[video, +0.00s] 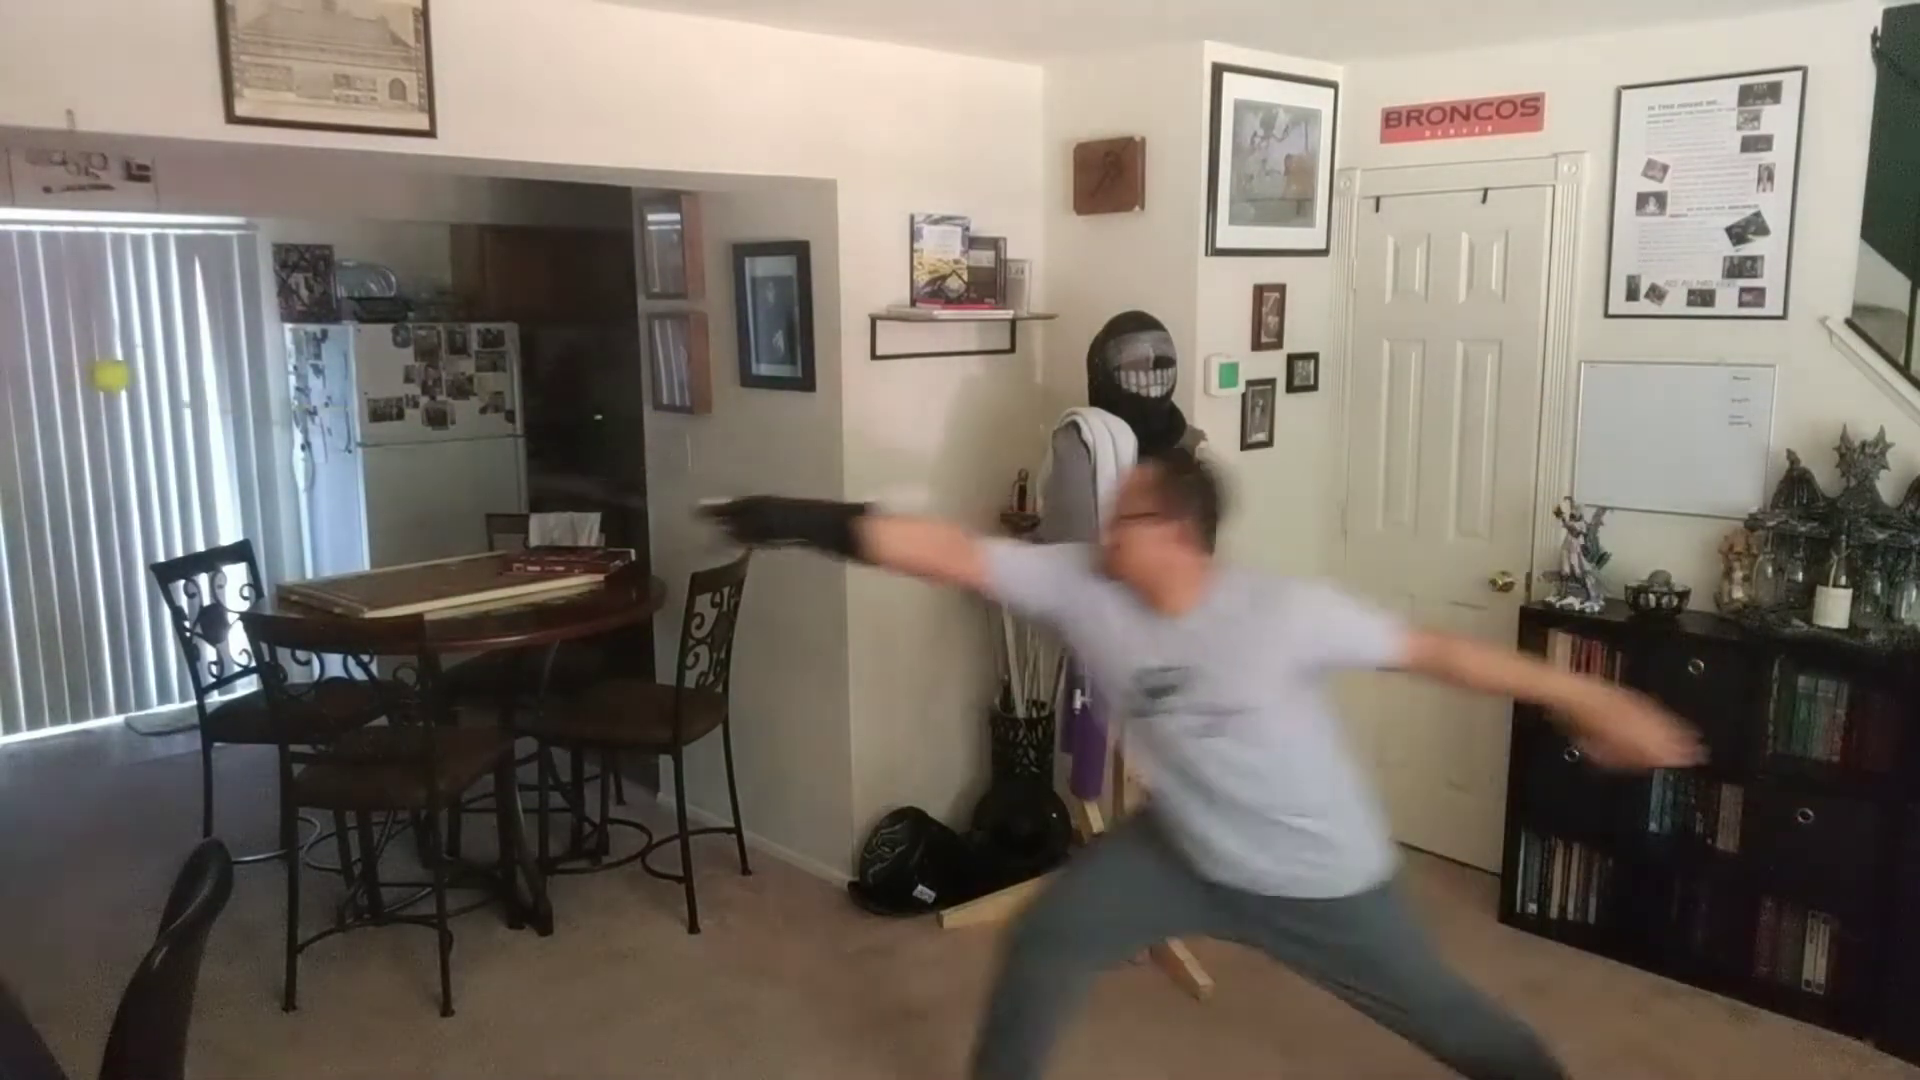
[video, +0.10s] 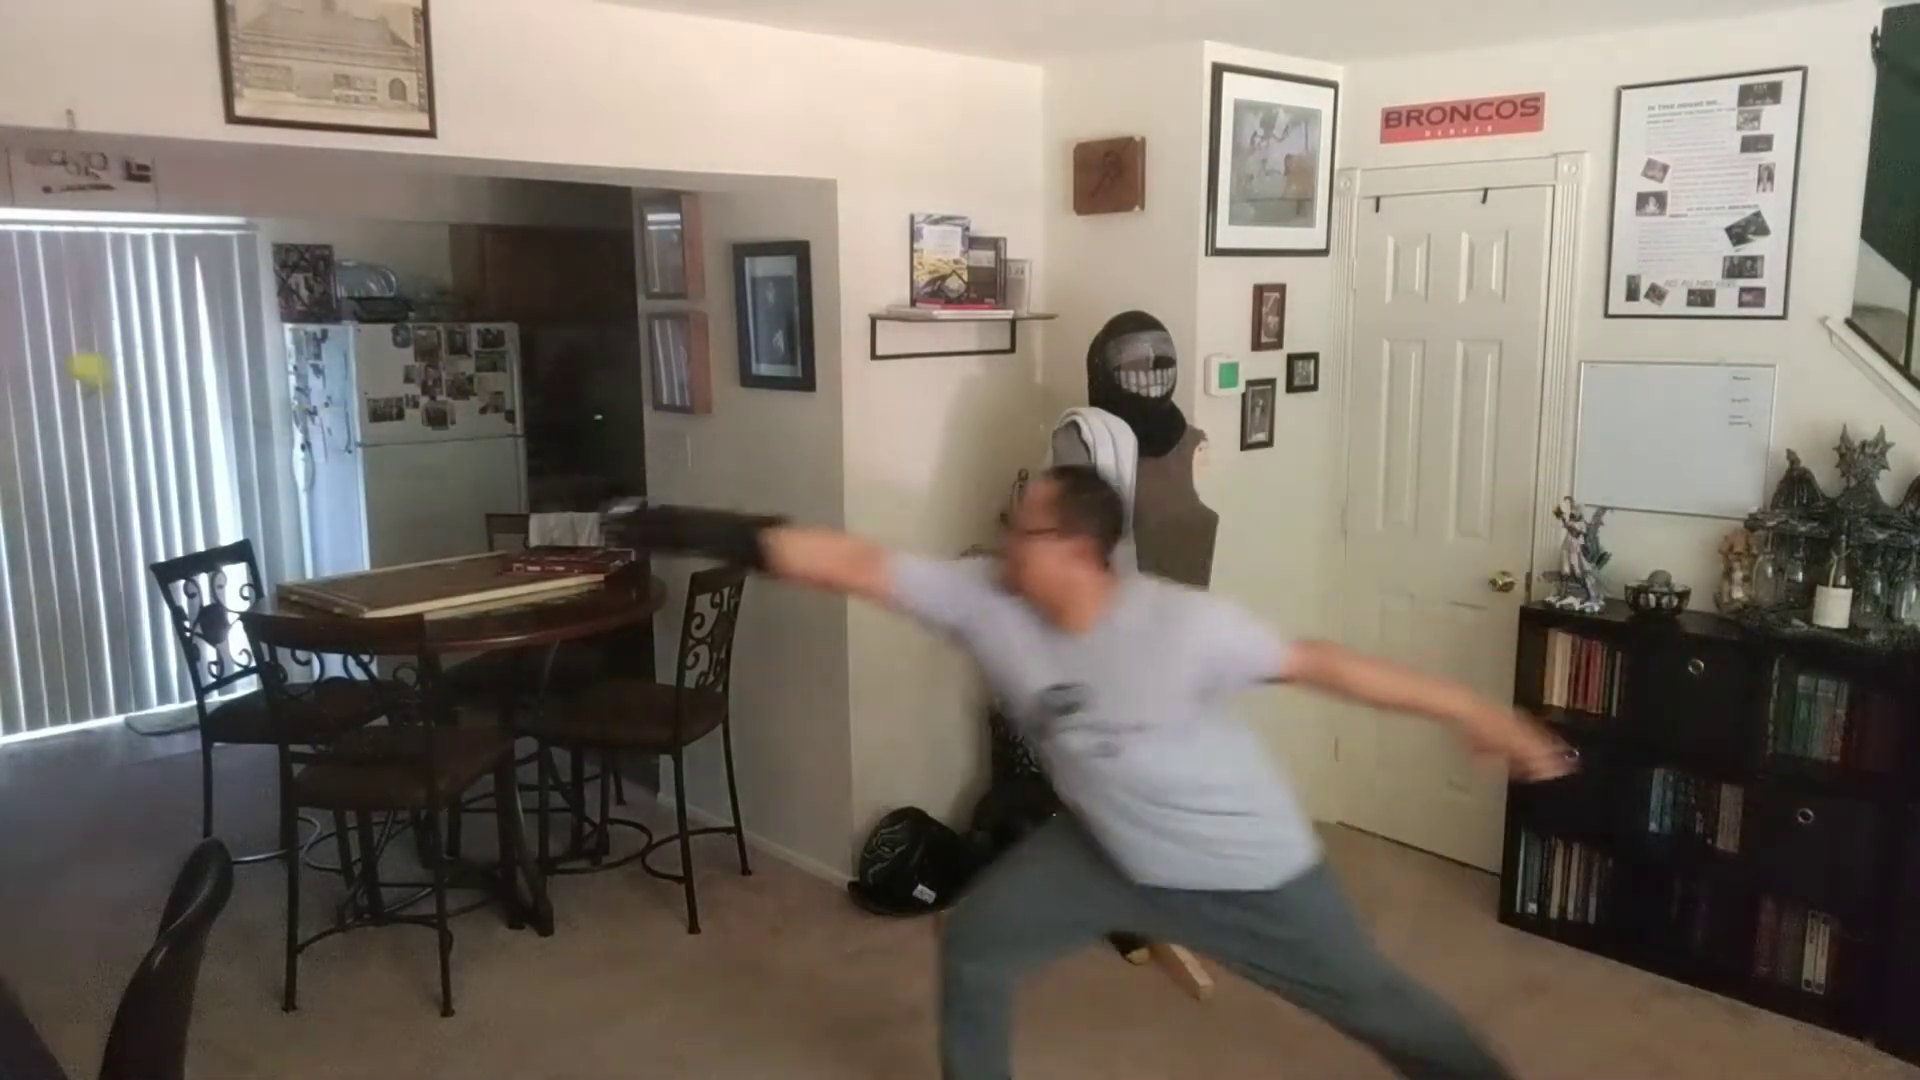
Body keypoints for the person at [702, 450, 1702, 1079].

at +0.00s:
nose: (1113, 530)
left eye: (1134, 517)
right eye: (1114, 515)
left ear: (1188, 531)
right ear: (1125, 529)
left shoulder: (1282, 614)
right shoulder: (1090, 592)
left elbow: (1438, 655)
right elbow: (949, 554)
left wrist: (1583, 699)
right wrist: (817, 525)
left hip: (1327, 886)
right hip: (1181, 857)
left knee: (1463, 1027)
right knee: (1050, 935)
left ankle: (1542, 1070)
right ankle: (999, 1075)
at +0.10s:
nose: (1008, 539)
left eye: (1029, 528)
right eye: (1013, 522)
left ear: (1086, 546)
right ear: (1031, 537)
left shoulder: (1184, 627)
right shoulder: (989, 602)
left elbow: (1329, 669)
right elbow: (853, 566)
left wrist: (1477, 715)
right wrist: (710, 533)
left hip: (1251, 869)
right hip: (1101, 854)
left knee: (1375, 1006)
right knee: (974, 945)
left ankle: (1478, 1068)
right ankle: (974, 1074)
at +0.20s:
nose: (939, 556)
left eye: (958, 544)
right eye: (944, 540)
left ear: (1014, 561)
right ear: (970, 555)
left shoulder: (1115, 628)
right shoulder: (927, 614)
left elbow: (1257, 674)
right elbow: (792, 579)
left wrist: (1402, 726)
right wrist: (668, 551)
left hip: (1201, 861)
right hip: (1058, 851)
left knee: (1340, 1003)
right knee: (938, 938)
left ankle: (1439, 1070)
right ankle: (971, 1076)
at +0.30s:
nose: (895, 553)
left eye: (913, 542)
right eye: (901, 538)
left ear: (967, 561)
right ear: (935, 553)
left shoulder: (1073, 623)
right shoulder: (891, 611)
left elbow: (1221, 668)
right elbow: (764, 586)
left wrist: (1364, 719)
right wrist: (682, 571)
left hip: (1175, 848)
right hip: (1035, 840)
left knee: (1305, 984)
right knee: (920, 937)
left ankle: (1422, 1072)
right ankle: (966, 1076)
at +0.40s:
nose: (875, 553)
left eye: (892, 540)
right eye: (880, 538)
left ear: (945, 554)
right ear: (919, 551)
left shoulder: (1054, 615)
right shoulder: (879, 610)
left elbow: (1202, 656)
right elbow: (742, 588)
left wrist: (1338, 710)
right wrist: (618, 566)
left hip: (1165, 839)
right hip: (1027, 835)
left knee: (1298, 976)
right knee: (916, 934)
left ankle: (1421, 1071)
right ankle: (967, 1078)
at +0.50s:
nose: (878, 546)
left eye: (895, 532)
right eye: (883, 530)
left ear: (949, 544)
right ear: (922, 542)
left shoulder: (1057, 607)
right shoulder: (884, 607)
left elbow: (1195, 645)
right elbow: (751, 592)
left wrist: (1302, 702)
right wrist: (636, 568)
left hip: (1165, 835)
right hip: (1029, 830)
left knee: (1292, 974)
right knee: (922, 934)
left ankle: (1423, 1068)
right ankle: (966, 1078)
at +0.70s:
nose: (969, 519)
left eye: (986, 503)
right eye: (974, 502)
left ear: (1041, 513)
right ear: (1016, 517)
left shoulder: (1141, 592)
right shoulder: (967, 604)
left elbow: (1278, 678)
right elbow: (843, 639)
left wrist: (1205, 661)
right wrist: (708, 622)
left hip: (1205, 849)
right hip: (1069, 834)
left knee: (1294, 1030)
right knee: (965, 942)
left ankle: (1425, 1078)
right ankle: (968, 1078)